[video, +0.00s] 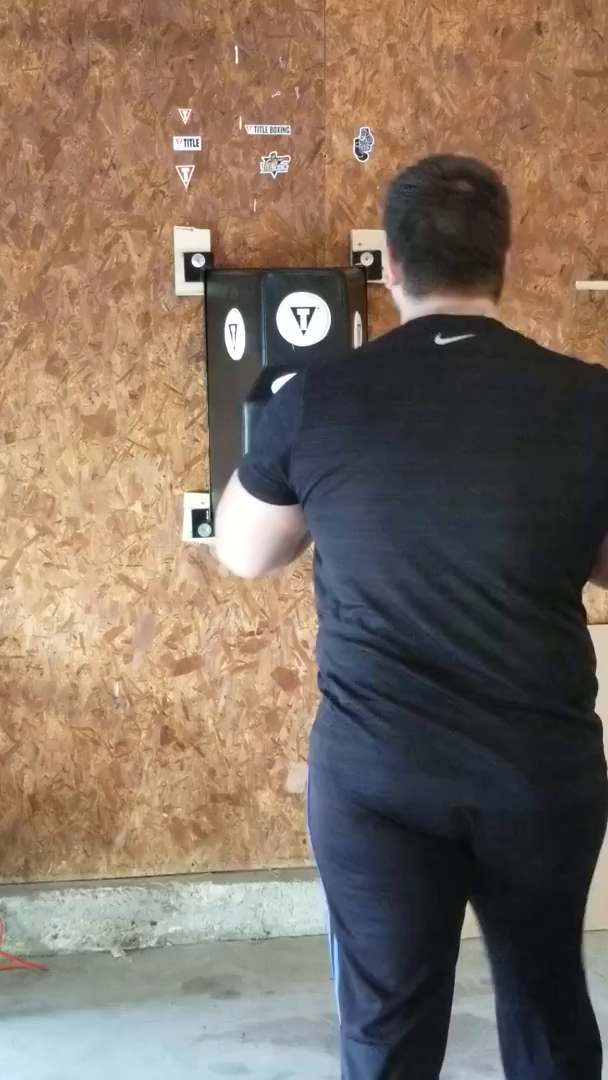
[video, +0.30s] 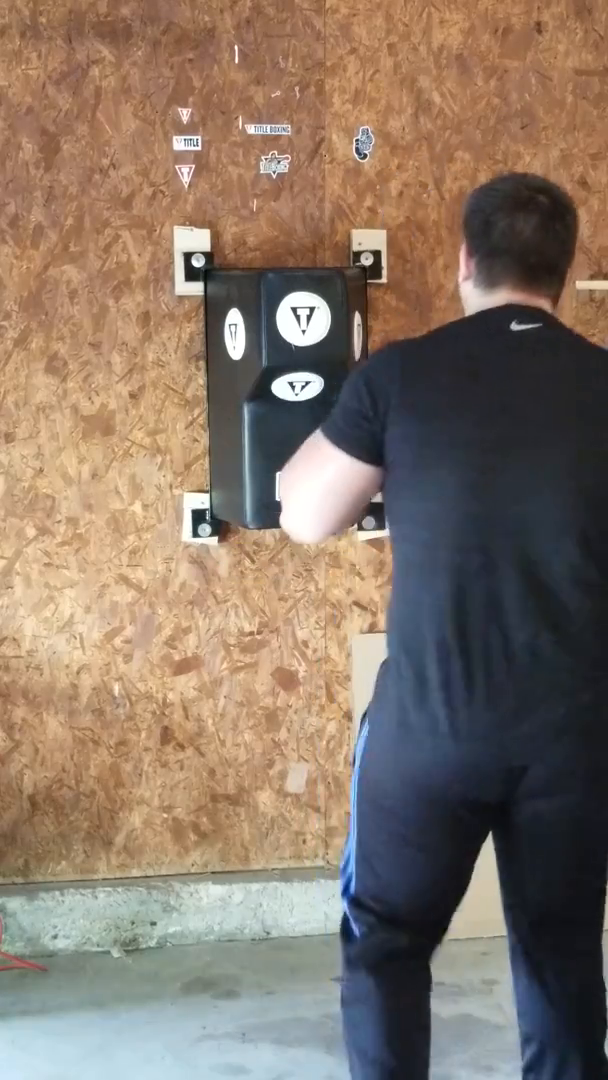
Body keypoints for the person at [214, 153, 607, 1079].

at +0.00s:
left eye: (383, 253)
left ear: (388, 266)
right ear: (506, 258)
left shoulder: (320, 396)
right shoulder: (588, 395)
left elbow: (247, 552)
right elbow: (598, 572)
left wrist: (350, 478)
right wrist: (533, 522)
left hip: (377, 769)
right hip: (544, 768)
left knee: (384, 1030)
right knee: (550, 1005)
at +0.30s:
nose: (456, 265)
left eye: (457, 253)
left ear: (462, 260)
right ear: (568, 269)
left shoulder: (400, 374)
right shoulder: (603, 378)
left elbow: (307, 513)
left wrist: (409, 483)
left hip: (432, 728)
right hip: (577, 732)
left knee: (385, 942)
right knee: (563, 947)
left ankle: (387, 1076)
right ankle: (567, 1076)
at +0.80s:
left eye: (468, 260)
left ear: (468, 265)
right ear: (555, 286)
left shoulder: (382, 328)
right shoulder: (584, 370)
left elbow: (283, 365)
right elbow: (595, 486)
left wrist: (297, 316)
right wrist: (524, 456)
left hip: (401, 656)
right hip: (530, 660)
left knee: (405, 849)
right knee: (576, 856)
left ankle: (381, 1042)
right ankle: (585, 1052)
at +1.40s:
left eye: (479, 275)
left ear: (482, 276)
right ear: (562, 297)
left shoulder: (408, 332)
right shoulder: (591, 374)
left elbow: (286, 363)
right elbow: (596, 499)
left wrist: (328, 358)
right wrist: (536, 461)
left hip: (390, 637)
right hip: (515, 648)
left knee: (354, 821)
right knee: (550, 848)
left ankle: (291, 1007)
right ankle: (574, 1046)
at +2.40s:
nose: (345, 298)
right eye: (348, 287)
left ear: (269, 304)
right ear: (352, 288)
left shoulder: (226, 381)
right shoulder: (399, 338)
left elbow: (159, 499)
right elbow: (480, 440)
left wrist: (219, 489)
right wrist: (405, 406)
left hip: (292, 642)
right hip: (408, 624)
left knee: (308, 821)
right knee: (476, 814)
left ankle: (272, 1013)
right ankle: (540, 1008)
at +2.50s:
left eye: (254, 314)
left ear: (259, 311)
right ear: (338, 293)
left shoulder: (227, 378)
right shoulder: (410, 340)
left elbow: (191, 517)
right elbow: (470, 457)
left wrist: (240, 477)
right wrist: (387, 440)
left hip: (293, 638)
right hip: (415, 625)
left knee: (292, 826)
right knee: (471, 813)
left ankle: (273, 1014)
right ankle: (537, 1002)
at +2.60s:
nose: (241, 329)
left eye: (239, 318)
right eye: (244, 318)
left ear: (255, 309)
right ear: (332, 290)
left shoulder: (246, 368)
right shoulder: (418, 353)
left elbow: (201, 495)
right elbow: (401, 462)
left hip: (314, 628)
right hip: (431, 621)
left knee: (285, 828)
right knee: (462, 811)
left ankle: (273, 1013)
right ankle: (532, 997)